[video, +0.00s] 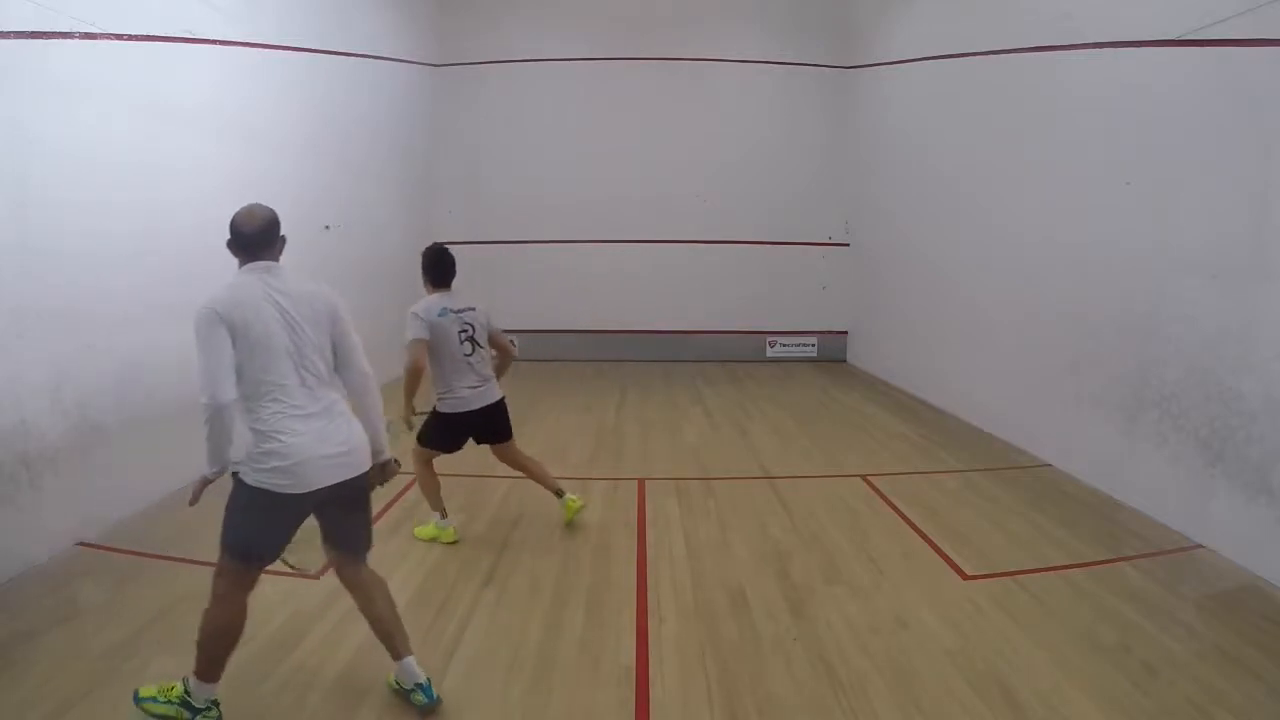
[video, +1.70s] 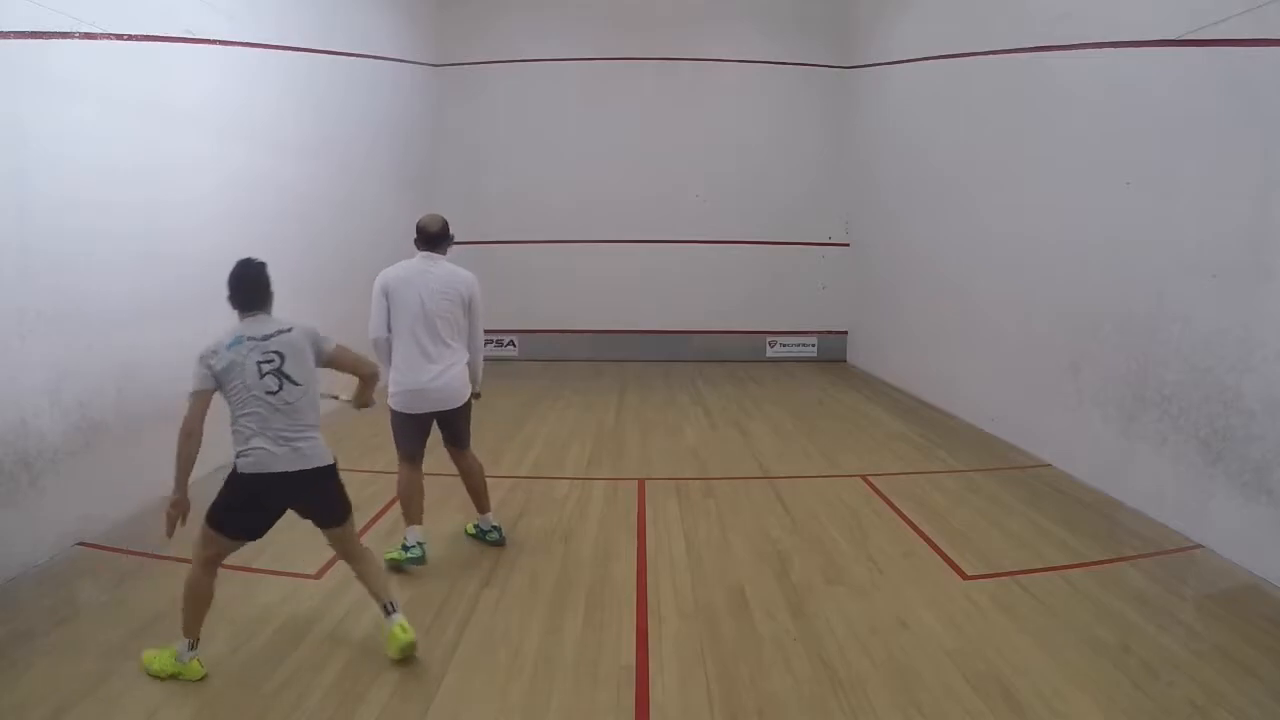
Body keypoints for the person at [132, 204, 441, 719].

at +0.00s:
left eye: (231, 242)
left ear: (230, 249)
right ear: (281, 244)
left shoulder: (220, 308)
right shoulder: (322, 297)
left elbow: (221, 399)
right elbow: (361, 378)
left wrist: (215, 465)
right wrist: (380, 448)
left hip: (275, 472)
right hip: (347, 460)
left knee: (231, 586)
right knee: (353, 563)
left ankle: (200, 695)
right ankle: (413, 676)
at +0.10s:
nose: (266, 232)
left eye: (265, 226)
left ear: (266, 232)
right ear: (316, 227)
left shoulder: (257, 286)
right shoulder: (357, 277)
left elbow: (247, 370)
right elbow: (392, 358)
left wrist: (241, 437)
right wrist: (409, 426)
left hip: (303, 451)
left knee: (272, 564)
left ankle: (259, 686)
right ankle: (415, 677)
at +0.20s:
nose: (298, 217)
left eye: (294, 210)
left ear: (293, 212)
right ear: (343, 208)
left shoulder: (281, 262)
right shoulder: (381, 256)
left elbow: (269, 338)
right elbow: (423, 335)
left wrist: (268, 414)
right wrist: (450, 402)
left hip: (326, 429)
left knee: (319, 541)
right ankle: (421, 654)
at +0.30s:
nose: (319, 221)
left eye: (318, 213)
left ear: (321, 215)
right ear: (368, 214)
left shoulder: (304, 263)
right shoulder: (405, 261)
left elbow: (290, 339)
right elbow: (450, 336)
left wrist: (288, 413)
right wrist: (486, 399)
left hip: (351, 434)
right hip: (415, 422)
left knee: (366, 543)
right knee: (406, 509)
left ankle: (418, 665)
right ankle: (452, 615)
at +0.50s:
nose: (358, 243)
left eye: (360, 235)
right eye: (360, 235)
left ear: (372, 235)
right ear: (405, 233)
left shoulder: (357, 280)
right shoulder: (447, 279)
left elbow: (350, 355)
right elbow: (476, 354)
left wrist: (335, 435)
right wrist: (500, 415)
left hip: (398, 438)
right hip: (455, 427)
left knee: (400, 547)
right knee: (472, 499)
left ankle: (429, 667)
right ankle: (510, 583)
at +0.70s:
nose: (385, 244)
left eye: (389, 235)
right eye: (384, 236)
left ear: (412, 232)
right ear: (425, 232)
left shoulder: (400, 272)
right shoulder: (474, 270)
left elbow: (409, 340)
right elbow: (493, 343)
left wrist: (402, 421)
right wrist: (502, 410)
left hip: (435, 412)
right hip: (488, 405)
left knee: (416, 497)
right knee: (493, 488)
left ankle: (451, 593)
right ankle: (517, 584)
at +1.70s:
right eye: (447, 240)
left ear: (415, 242)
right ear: (450, 243)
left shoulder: (389, 278)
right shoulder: (465, 280)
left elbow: (378, 335)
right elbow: (475, 340)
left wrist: (392, 374)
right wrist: (475, 381)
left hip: (407, 392)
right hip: (454, 389)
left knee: (409, 463)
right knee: (462, 451)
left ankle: (414, 543)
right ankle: (488, 524)